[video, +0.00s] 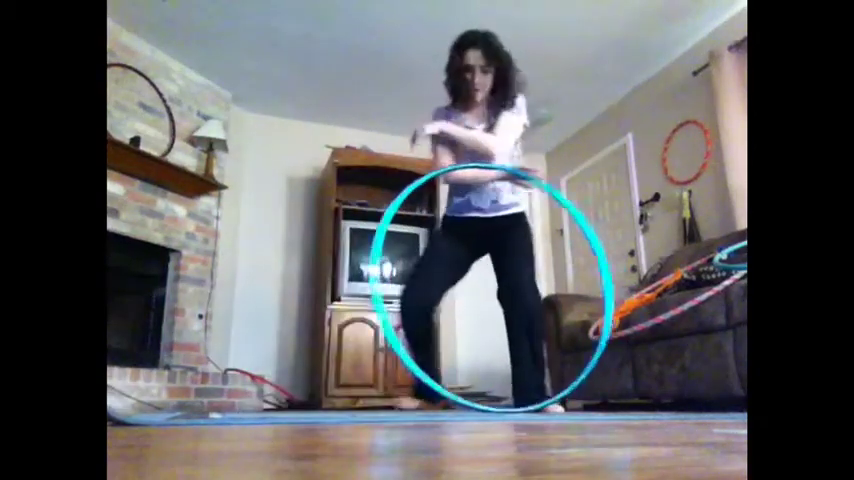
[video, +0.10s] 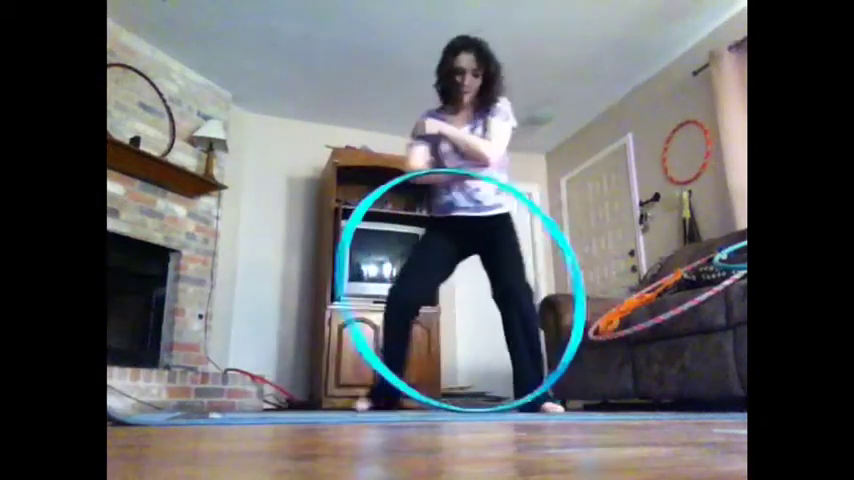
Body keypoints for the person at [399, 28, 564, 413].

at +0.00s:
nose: (475, 79)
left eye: (484, 70)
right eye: (467, 70)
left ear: (497, 73)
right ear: (455, 73)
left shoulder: (513, 106)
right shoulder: (445, 117)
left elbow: (498, 147)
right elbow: (449, 174)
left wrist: (441, 129)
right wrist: (506, 173)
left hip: (508, 223)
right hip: (461, 224)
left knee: (522, 301)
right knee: (416, 299)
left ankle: (534, 400)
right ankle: (427, 393)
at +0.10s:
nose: (465, 81)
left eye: (473, 73)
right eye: (457, 73)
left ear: (485, 76)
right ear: (446, 75)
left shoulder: (498, 108)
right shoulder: (431, 116)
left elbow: (490, 153)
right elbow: (416, 169)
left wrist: (440, 126)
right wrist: (456, 171)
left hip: (494, 223)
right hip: (447, 226)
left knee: (517, 299)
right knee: (401, 298)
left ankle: (534, 395)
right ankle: (386, 394)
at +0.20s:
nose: (455, 84)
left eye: (463, 77)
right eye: (447, 76)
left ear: (473, 82)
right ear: (436, 78)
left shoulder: (485, 116)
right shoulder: (418, 121)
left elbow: (486, 157)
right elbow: (392, 164)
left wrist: (438, 131)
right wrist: (416, 164)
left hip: (479, 224)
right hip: (433, 225)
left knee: (508, 304)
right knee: (391, 302)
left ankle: (534, 396)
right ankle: (377, 398)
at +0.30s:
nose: (444, 87)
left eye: (452, 82)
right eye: (437, 79)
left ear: (462, 87)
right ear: (423, 83)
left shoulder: (469, 125)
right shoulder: (403, 127)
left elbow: (480, 165)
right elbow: (371, 166)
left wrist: (439, 141)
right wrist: (394, 166)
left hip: (461, 227)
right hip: (417, 228)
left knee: (494, 301)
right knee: (379, 304)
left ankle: (528, 395)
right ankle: (376, 400)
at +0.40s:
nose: (427, 95)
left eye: (435, 90)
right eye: (421, 87)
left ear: (442, 96)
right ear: (406, 89)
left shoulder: (448, 135)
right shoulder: (383, 134)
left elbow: (470, 176)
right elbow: (353, 168)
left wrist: (435, 146)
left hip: (444, 231)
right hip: (399, 234)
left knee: (481, 307)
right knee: (366, 309)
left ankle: (525, 393)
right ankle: (379, 406)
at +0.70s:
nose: (418, 105)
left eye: (424, 100)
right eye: (411, 97)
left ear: (428, 107)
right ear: (393, 100)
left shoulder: (435, 145)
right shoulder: (377, 147)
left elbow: (450, 186)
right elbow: (357, 190)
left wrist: (456, 196)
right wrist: (363, 188)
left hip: (444, 236)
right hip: (402, 243)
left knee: (489, 303)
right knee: (366, 308)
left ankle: (523, 399)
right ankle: (380, 404)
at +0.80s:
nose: (429, 103)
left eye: (434, 98)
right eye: (421, 95)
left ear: (438, 106)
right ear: (402, 99)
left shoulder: (443, 144)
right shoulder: (386, 147)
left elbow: (458, 185)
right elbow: (381, 196)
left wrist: (475, 217)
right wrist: (403, 180)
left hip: (451, 234)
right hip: (410, 241)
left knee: (496, 302)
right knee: (375, 306)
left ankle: (520, 397)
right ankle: (378, 402)